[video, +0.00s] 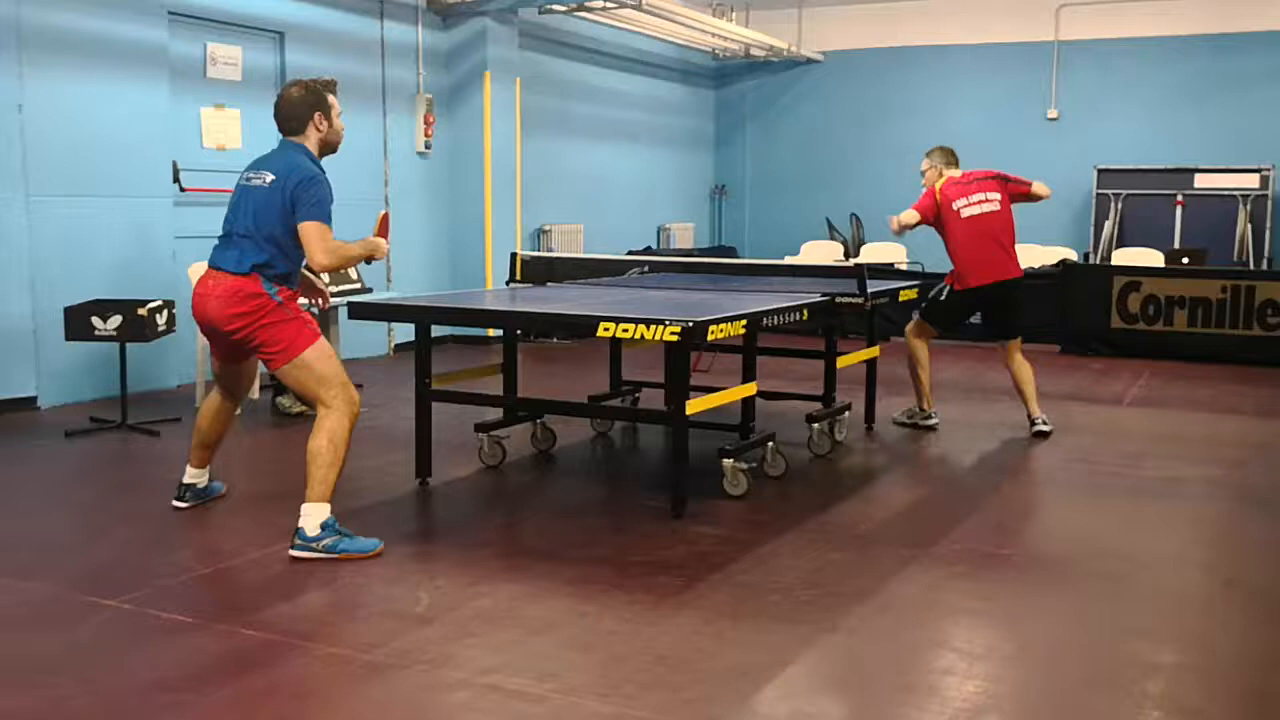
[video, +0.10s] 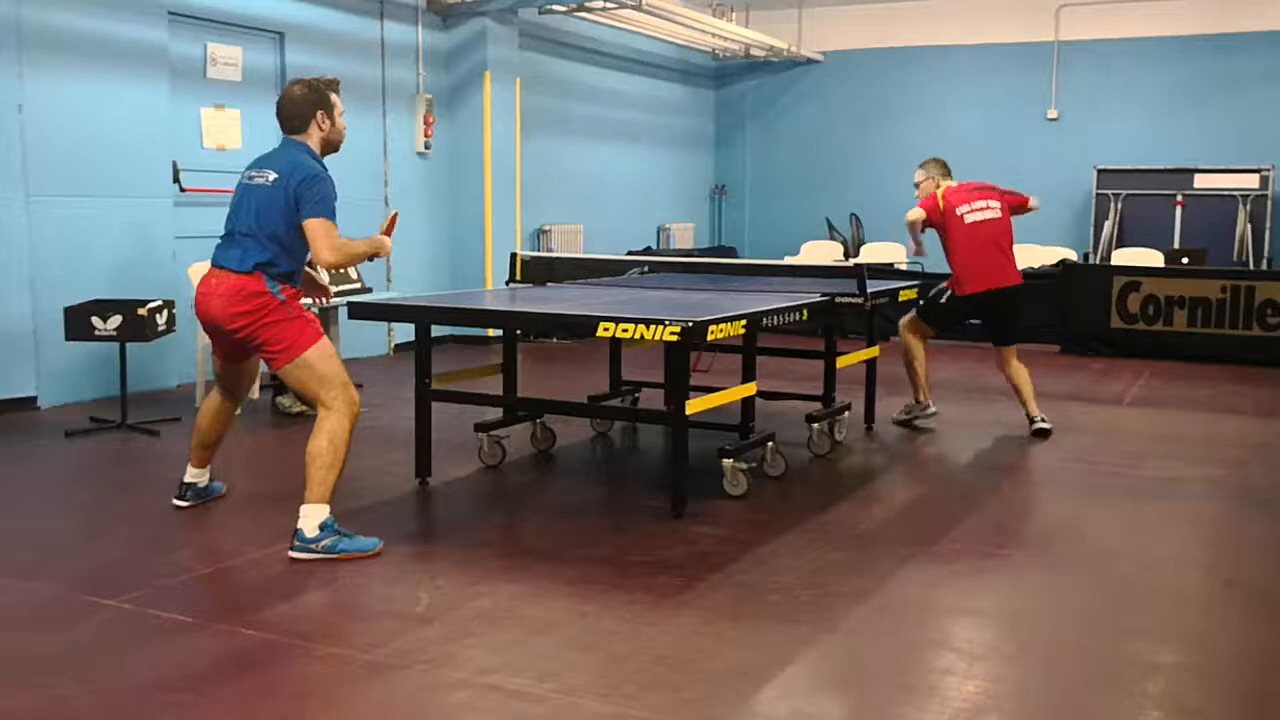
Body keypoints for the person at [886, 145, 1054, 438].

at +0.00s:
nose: (923, 181)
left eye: (924, 174)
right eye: (922, 175)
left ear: (938, 169)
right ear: (956, 167)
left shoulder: (937, 192)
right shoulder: (994, 179)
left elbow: (906, 222)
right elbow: (1043, 191)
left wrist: (898, 224)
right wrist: (1006, 194)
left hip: (970, 281)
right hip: (1009, 278)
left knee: (916, 333)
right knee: (1014, 351)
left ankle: (924, 410)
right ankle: (1037, 417)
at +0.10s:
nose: (916, 193)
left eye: (919, 185)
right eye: (916, 186)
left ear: (934, 180)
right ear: (947, 179)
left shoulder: (938, 198)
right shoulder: (990, 190)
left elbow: (913, 217)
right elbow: (1032, 203)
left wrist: (917, 243)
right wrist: (997, 212)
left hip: (970, 287)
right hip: (1008, 284)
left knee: (909, 328)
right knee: (1010, 358)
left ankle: (922, 402)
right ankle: (1035, 415)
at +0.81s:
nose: (854, 150)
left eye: (860, 143)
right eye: (851, 144)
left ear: (877, 143)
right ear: (851, 147)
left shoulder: (898, 174)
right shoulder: (860, 178)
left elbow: (942, 200)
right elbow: (856, 216)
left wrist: (913, 233)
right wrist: (841, 236)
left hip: (901, 272)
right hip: (870, 273)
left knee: (889, 327)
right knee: (847, 327)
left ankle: (927, 391)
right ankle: (853, 386)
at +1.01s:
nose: (851, 147)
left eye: (857, 140)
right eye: (847, 142)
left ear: (873, 140)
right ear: (846, 144)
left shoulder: (897, 170)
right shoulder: (851, 177)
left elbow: (937, 198)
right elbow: (850, 213)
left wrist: (906, 229)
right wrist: (836, 239)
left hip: (901, 270)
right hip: (863, 273)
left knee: (916, 327)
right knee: (843, 326)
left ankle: (937, 390)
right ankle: (853, 385)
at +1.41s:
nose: (817, 183)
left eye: (820, 175)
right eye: (813, 177)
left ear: (838, 169)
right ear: (830, 173)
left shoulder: (881, 177)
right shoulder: (833, 200)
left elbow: (926, 185)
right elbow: (835, 242)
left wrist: (925, 226)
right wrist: (799, 238)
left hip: (907, 273)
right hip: (866, 279)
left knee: (936, 332)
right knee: (824, 324)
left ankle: (950, 397)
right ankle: (801, 388)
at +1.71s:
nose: (782, 187)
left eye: (787, 179)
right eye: (778, 181)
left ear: (805, 175)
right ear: (778, 182)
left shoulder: (835, 186)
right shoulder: (784, 212)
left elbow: (875, 195)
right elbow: (767, 251)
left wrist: (871, 237)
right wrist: (754, 237)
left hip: (866, 276)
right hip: (823, 284)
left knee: (903, 331)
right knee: (800, 338)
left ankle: (925, 390)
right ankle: (788, 400)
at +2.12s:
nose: (821, 162)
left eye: (827, 155)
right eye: (817, 156)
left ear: (843, 154)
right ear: (815, 159)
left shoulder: (866, 181)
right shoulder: (817, 190)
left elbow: (904, 212)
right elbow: (802, 228)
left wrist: (868, 233)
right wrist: (791, 237)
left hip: (877, 275)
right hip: (834, 275)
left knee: (903, 327)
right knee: (798, 325)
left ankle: (929, 385)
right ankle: (789, 382)